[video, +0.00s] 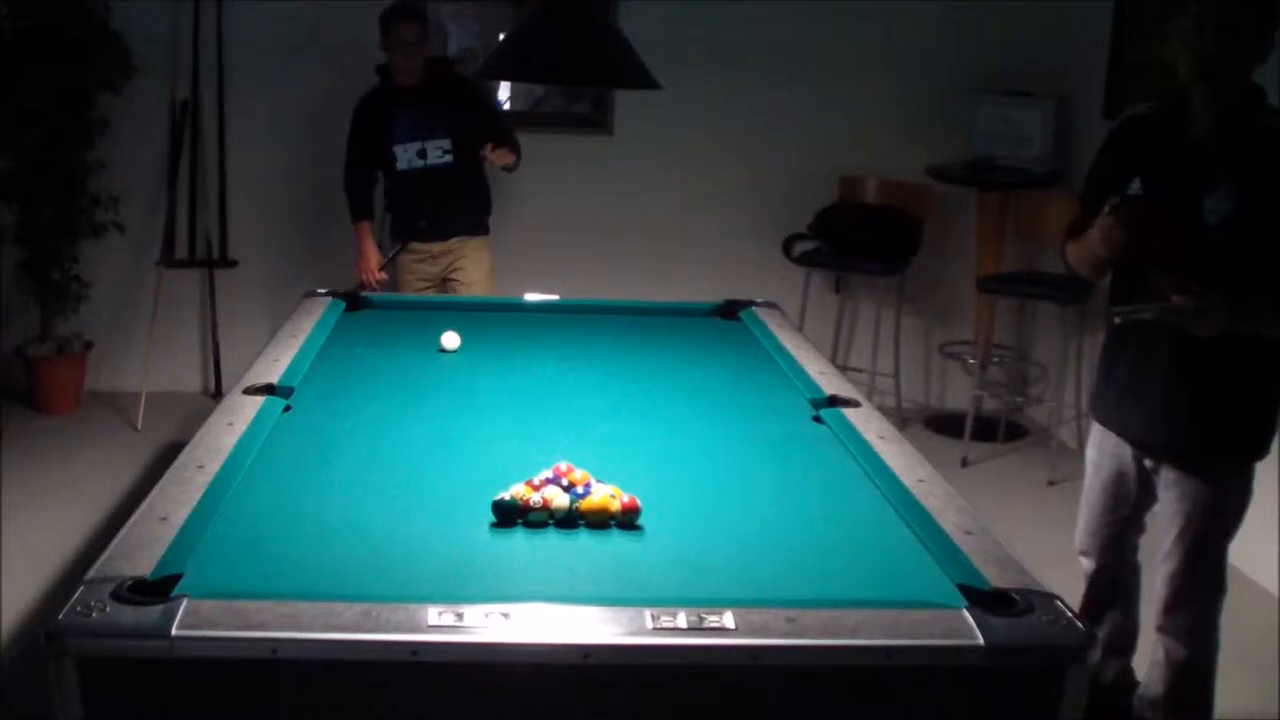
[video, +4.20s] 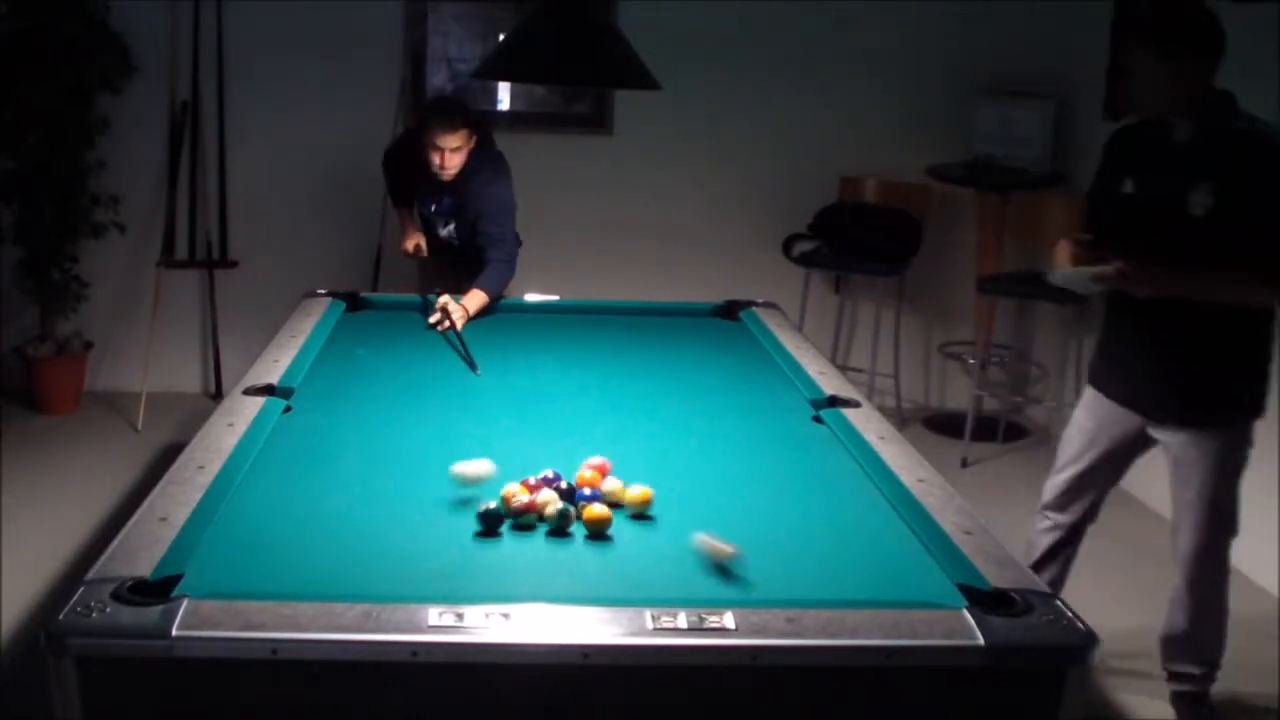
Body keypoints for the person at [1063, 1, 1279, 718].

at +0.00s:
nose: (1203, 56)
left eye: (1221, 38)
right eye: (1193, 36)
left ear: (1253, 47)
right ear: (1172, 45)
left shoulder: (1272, 148)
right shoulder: (1141, 133)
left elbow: (1274, 288)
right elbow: (1078, 257)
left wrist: (1216, 302)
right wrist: (1099, 242)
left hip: (1224, 397)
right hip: (1129, 379)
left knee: (1183, 597)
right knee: (1099, 557)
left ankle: (1171, 710)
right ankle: (1099, 692)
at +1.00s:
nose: (1133, 70)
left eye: (1146, 51)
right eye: (1134, 51)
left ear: (1192, 56)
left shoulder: (1252, 152)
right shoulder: (1172, 139)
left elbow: (1239, 295)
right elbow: (1158, 256)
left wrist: (1109, 274)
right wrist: (1089, 248)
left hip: (1196, 408)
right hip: (1135, 389)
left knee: (1185, 588)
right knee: (1109, 548)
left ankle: (1177, 708)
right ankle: (1098, 675)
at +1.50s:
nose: (1081, 69)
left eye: (1091, 52)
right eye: (1082, 52)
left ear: (1128, 52)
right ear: (1144, 49)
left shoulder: (1156, 128)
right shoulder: (1153, 120)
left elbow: (1134, 264)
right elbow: (1119, 224)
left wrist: (1028, 245)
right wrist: (1034, 210)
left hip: (1126, 373)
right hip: (1131, 368)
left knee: (1092, 539)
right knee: (1095, 533)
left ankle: (1122, 695)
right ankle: (1111, 684)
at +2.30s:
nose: (980, 74)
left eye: (988, 59)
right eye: (979, 60)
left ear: (1018, 56)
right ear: (1039, 52)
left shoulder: (1052, 122)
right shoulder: (1057, 113)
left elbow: (1031, 261)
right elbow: (1026, 218)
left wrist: (937, 240)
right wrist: (946, 204)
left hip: (1045, 358)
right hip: (1046, 350)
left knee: (1007, 515)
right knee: (999, 495)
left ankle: (1035, 645)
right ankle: (1031, 632)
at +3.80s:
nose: (1003, 68)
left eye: (1014, 54)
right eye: (1001, 54)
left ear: (1049, 52)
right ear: (1020, 54)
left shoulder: (1102, 128)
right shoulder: (1029, 126)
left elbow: (1101, 244)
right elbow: (1038, 226)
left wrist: (993, 239)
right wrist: (980, 224)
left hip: (1088, 355)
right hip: (1028, 346)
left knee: (1101, 506)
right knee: (1018, 493)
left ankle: (1144, 655)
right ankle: (1006, 628)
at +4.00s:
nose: (1069, 69)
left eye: (1082, 55)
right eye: (1068, 55)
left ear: (1122, 57)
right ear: (1077, 56)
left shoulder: (1179, 144)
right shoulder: (1075, 126)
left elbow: (1174, 261)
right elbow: (1068, 219)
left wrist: (1059, 252)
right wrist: (1019, 224)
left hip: (1138, 375)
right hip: (1061, 358)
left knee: (1158, 525)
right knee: (1035, 496)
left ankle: (1185, 674)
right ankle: (1011, 630)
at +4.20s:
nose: (1121, 75)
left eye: (1137, 60)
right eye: (1125, 60)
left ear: (1186, 64)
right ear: (1150, 70)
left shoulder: (1258, 156)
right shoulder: (1129, 146)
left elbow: (1263, 282)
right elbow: (1099, 241)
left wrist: (1149, 277)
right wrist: (1081, 251)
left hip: (1213, 391)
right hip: (1122, 375)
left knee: (1199, 547)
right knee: (1060, 505)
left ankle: (1191, 678)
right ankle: (1018, 634)